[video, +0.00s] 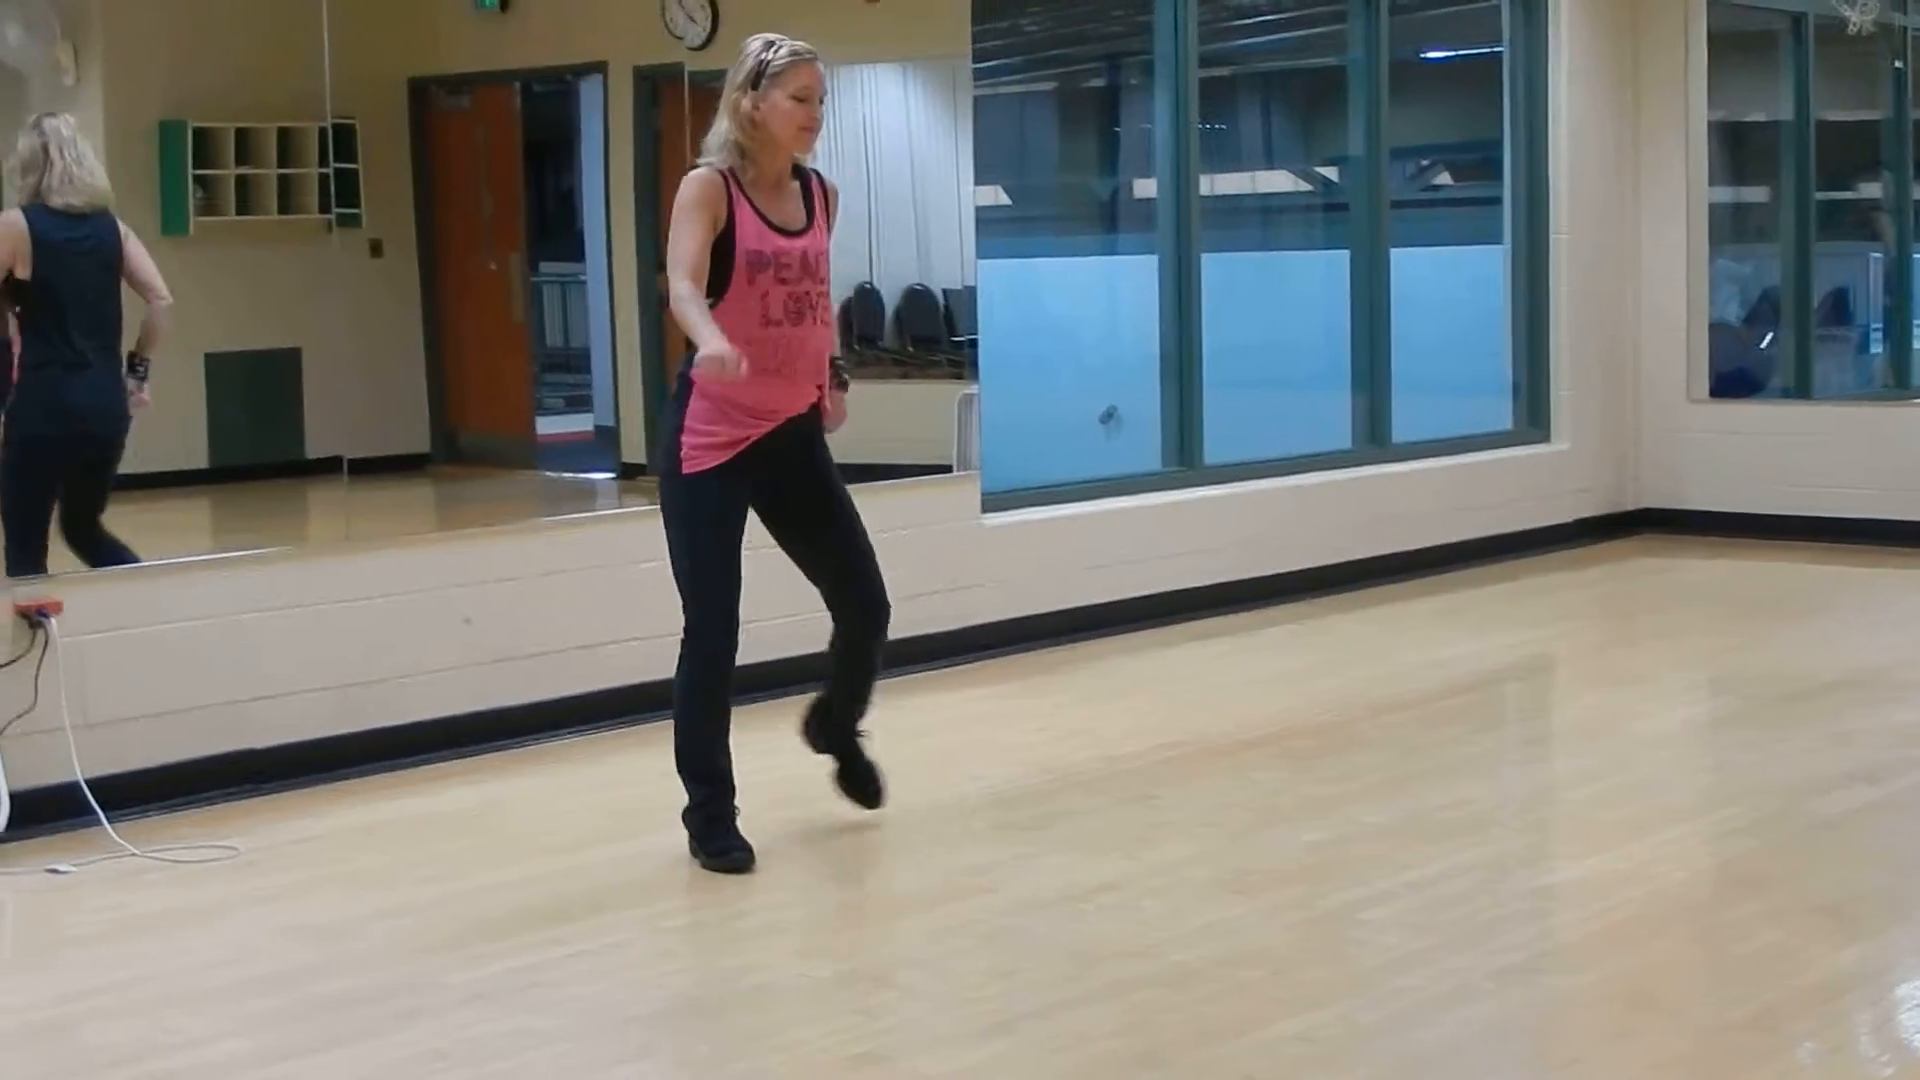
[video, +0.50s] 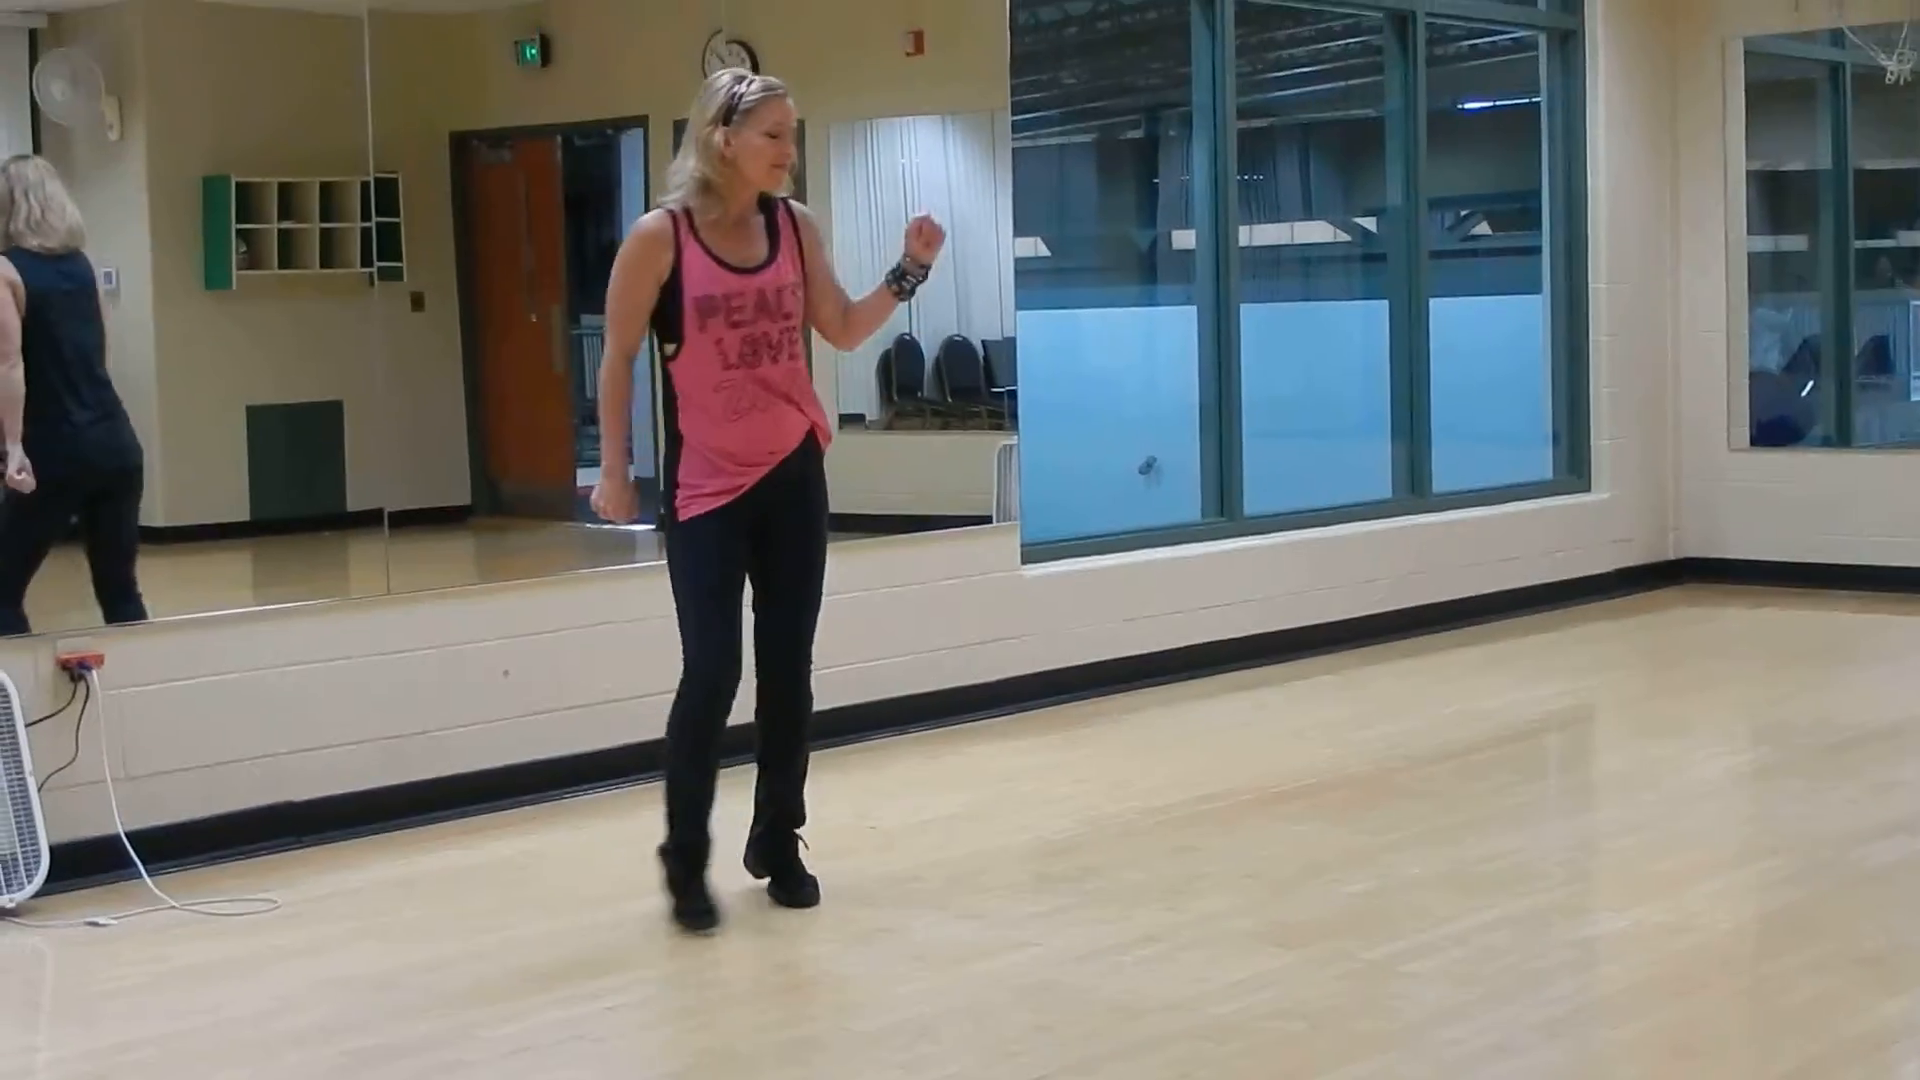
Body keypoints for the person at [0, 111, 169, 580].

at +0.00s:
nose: (15, 171)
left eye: (20, 162)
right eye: (18, 162)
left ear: (28, 165)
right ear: (84, 162)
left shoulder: (14, 227)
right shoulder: (111, 228)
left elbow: (7, 310)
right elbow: (160, 299)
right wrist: (139, 369)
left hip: (40, 405)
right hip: (106, 404)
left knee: (24, 542)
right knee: (82, 526)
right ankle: (155, 598)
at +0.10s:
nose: (11, 176)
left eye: (15, 167)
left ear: (20, 173)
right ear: (78, 167)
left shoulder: (13, 237)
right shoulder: (110, 231)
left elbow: (6, 314)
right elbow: (153, 307)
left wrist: (17, 337)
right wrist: (125, 365)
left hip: (32, 408)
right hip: (97, 409)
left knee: (24, 542)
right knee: (52, 534)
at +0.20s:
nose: (14, 179)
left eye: (17, 169)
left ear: (23, 176)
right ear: (81, 171)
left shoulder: (14, 243)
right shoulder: (113, 238)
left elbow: (4, 318)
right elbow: (142, 316)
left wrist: (20, 333)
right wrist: (114, 344)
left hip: (31, 412)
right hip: (97, 412)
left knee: (28, 547)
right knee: (43, 541)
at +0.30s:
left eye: (14, 174)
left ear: (19, 180)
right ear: (78, 175)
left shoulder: (13, 246)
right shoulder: (106, 241)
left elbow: (5, 340)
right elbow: (131, 324)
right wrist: (77, 319)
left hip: (32, 424)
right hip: (97, 418)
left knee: (31, 557)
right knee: (65, 551)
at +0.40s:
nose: (1, 192)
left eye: (5, 183)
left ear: (14, 189)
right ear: (68, 184)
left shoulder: (12, 255)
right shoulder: (95, 250)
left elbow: (10, 355)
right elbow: (117, 339)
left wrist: (6, 432)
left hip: (44, 441)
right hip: (109, 433)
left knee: (11, 577)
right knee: (95, 572)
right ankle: (140, 675)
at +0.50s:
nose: (0, 210)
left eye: (3, 199)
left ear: (8, 204)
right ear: (58, 202)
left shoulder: (9, 271)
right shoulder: (81, 265)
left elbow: (11, 362)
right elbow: (98, 352)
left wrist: (13, 445)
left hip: (50, 459)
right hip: (115, 449)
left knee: (5, 596)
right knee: (120, 591)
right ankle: (157, 702)